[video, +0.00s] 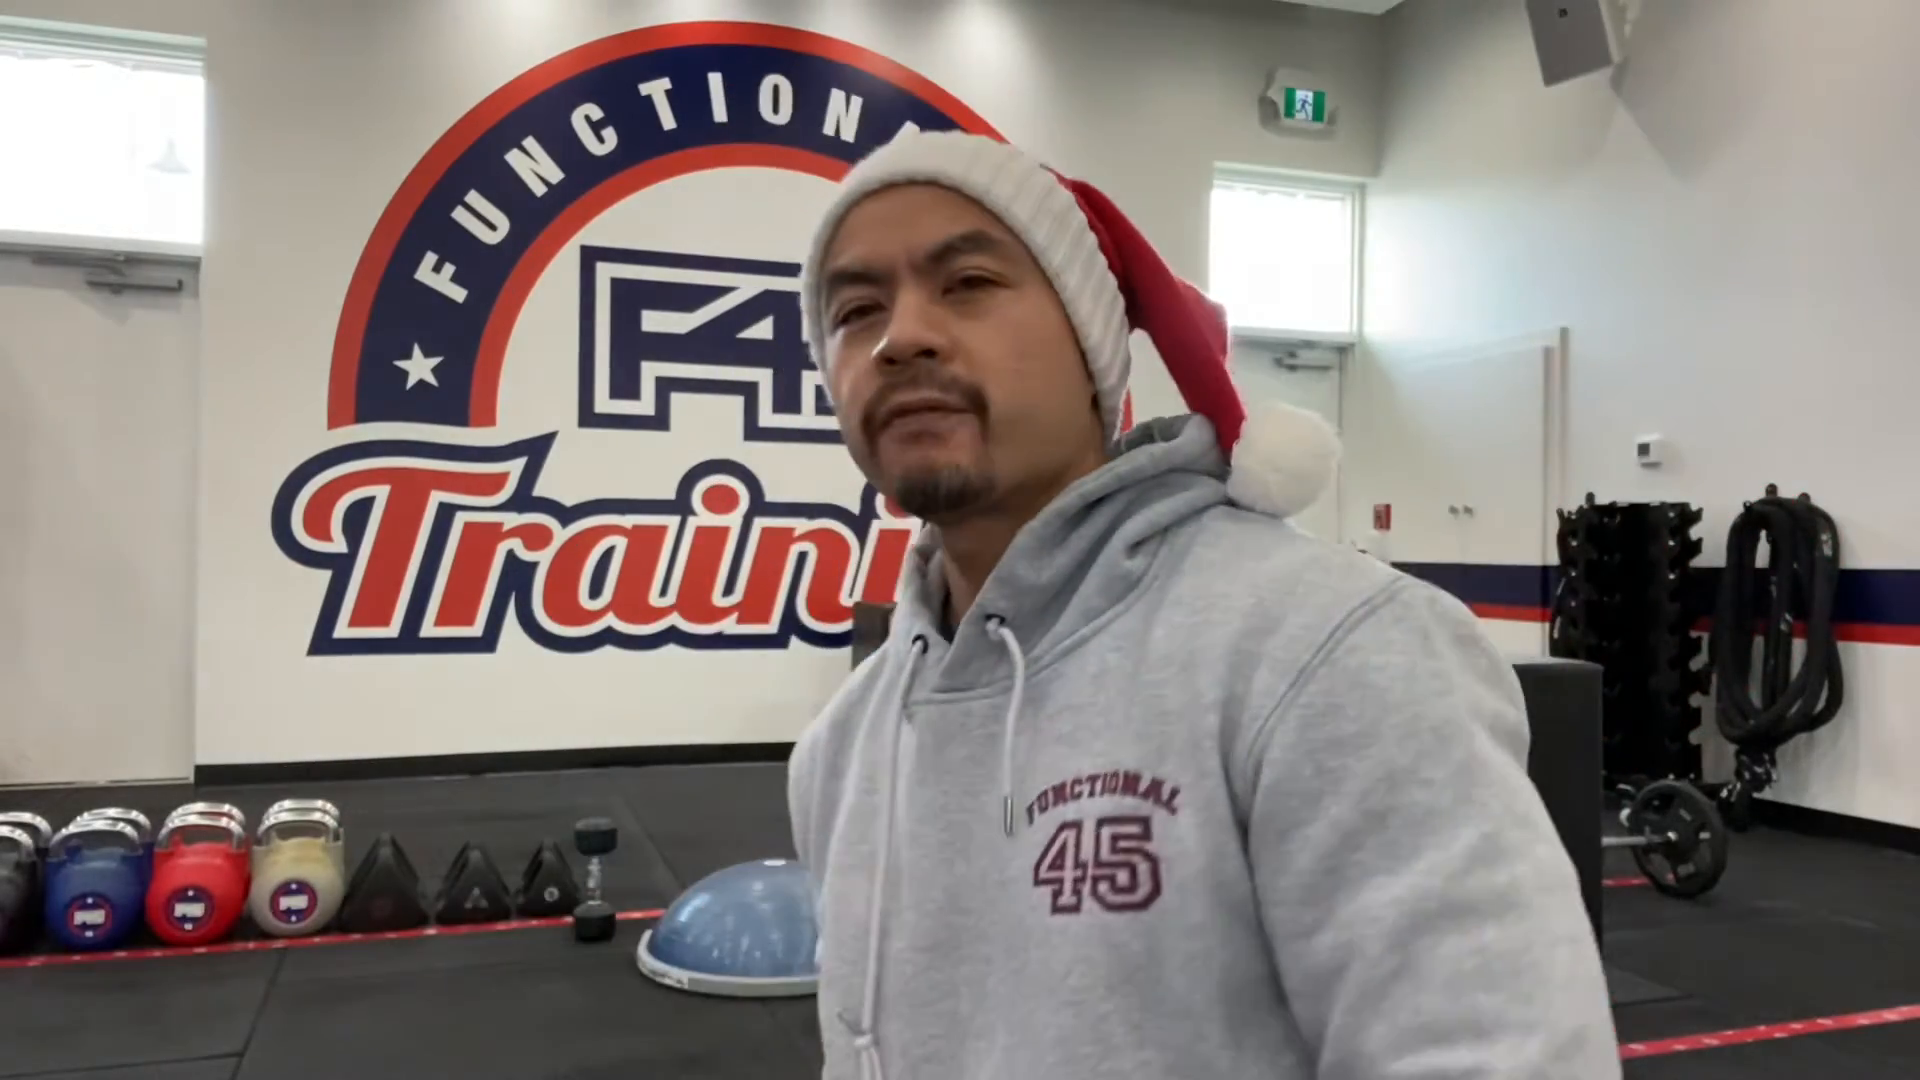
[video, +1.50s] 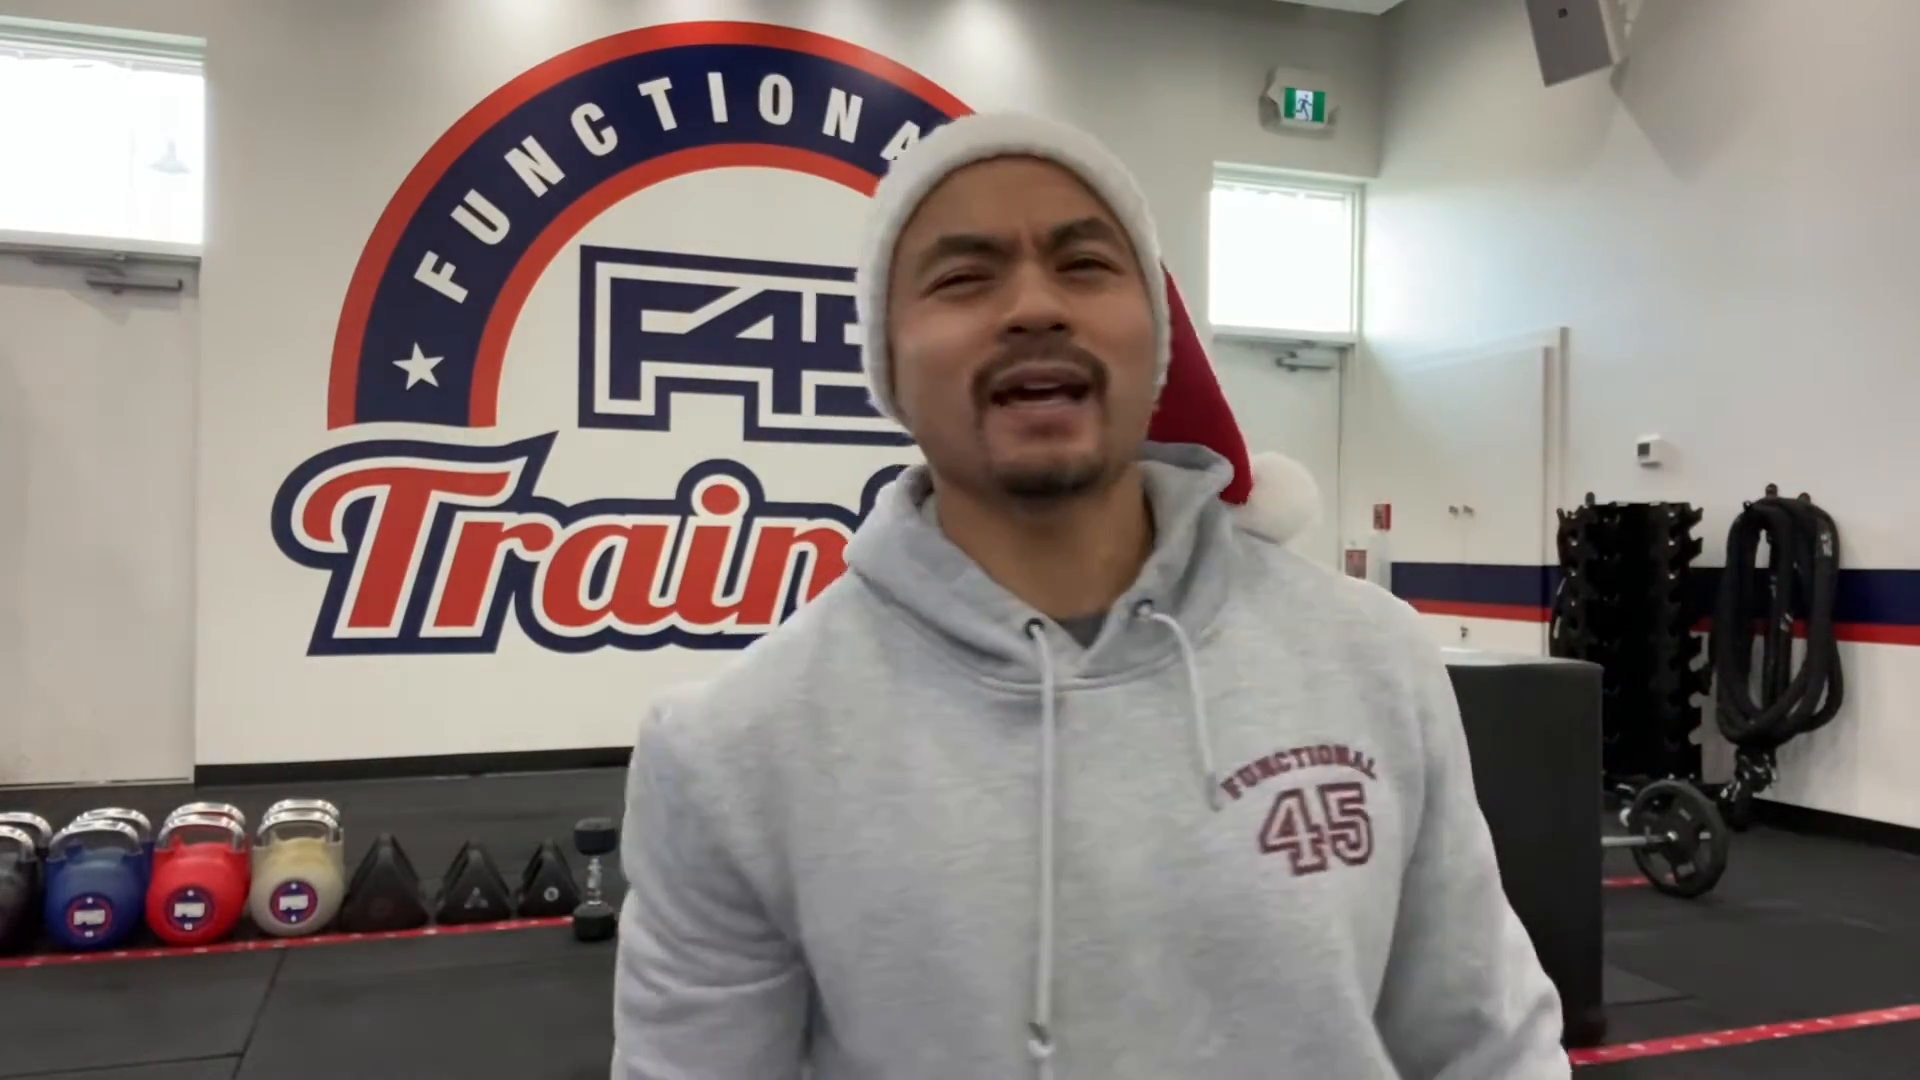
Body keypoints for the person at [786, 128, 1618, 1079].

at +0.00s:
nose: (902, 338)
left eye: (970, 283)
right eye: (860, 312)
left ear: (1105, 339)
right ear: (828, 383)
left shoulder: (1336, 644)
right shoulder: (839, 748)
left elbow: (1496, 1055)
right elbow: (865, 1057)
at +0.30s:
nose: (995, 348)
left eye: (1055, 303)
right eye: (948, 322)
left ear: (1159, 357)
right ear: (912, 395)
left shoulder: (1387, 627)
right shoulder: (858, 746)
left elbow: (1570, 1031)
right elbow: (854, 1060)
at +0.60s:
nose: (1046, 342)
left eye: (1104, 306)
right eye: (1002, 313)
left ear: (1193, 368)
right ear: (955, 384)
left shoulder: (1388, 648)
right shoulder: (853, 718)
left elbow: (1555, 1015)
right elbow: (810, 1054)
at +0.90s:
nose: (957, 338)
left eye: (1014, 298)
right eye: (905, 316)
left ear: (1108, 363)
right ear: (867, 402)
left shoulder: (1340, 641)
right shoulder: (786, 759)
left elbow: (1554, 1009)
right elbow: (744, 1060)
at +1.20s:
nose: (932, 318)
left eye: (992, 273)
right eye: (876, 290)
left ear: (1089, 336)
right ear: (832, 371)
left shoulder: (1338, 657)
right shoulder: (725, 748)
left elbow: (1517, 1048)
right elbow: (708, 1062)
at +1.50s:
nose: (1035, 307)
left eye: (1084, 264)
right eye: (964, 275)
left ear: (1159, 331)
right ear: (890, 369)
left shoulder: (1368, 660)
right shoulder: (727, 752)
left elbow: (1492, 1048)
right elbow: (687, 1070)